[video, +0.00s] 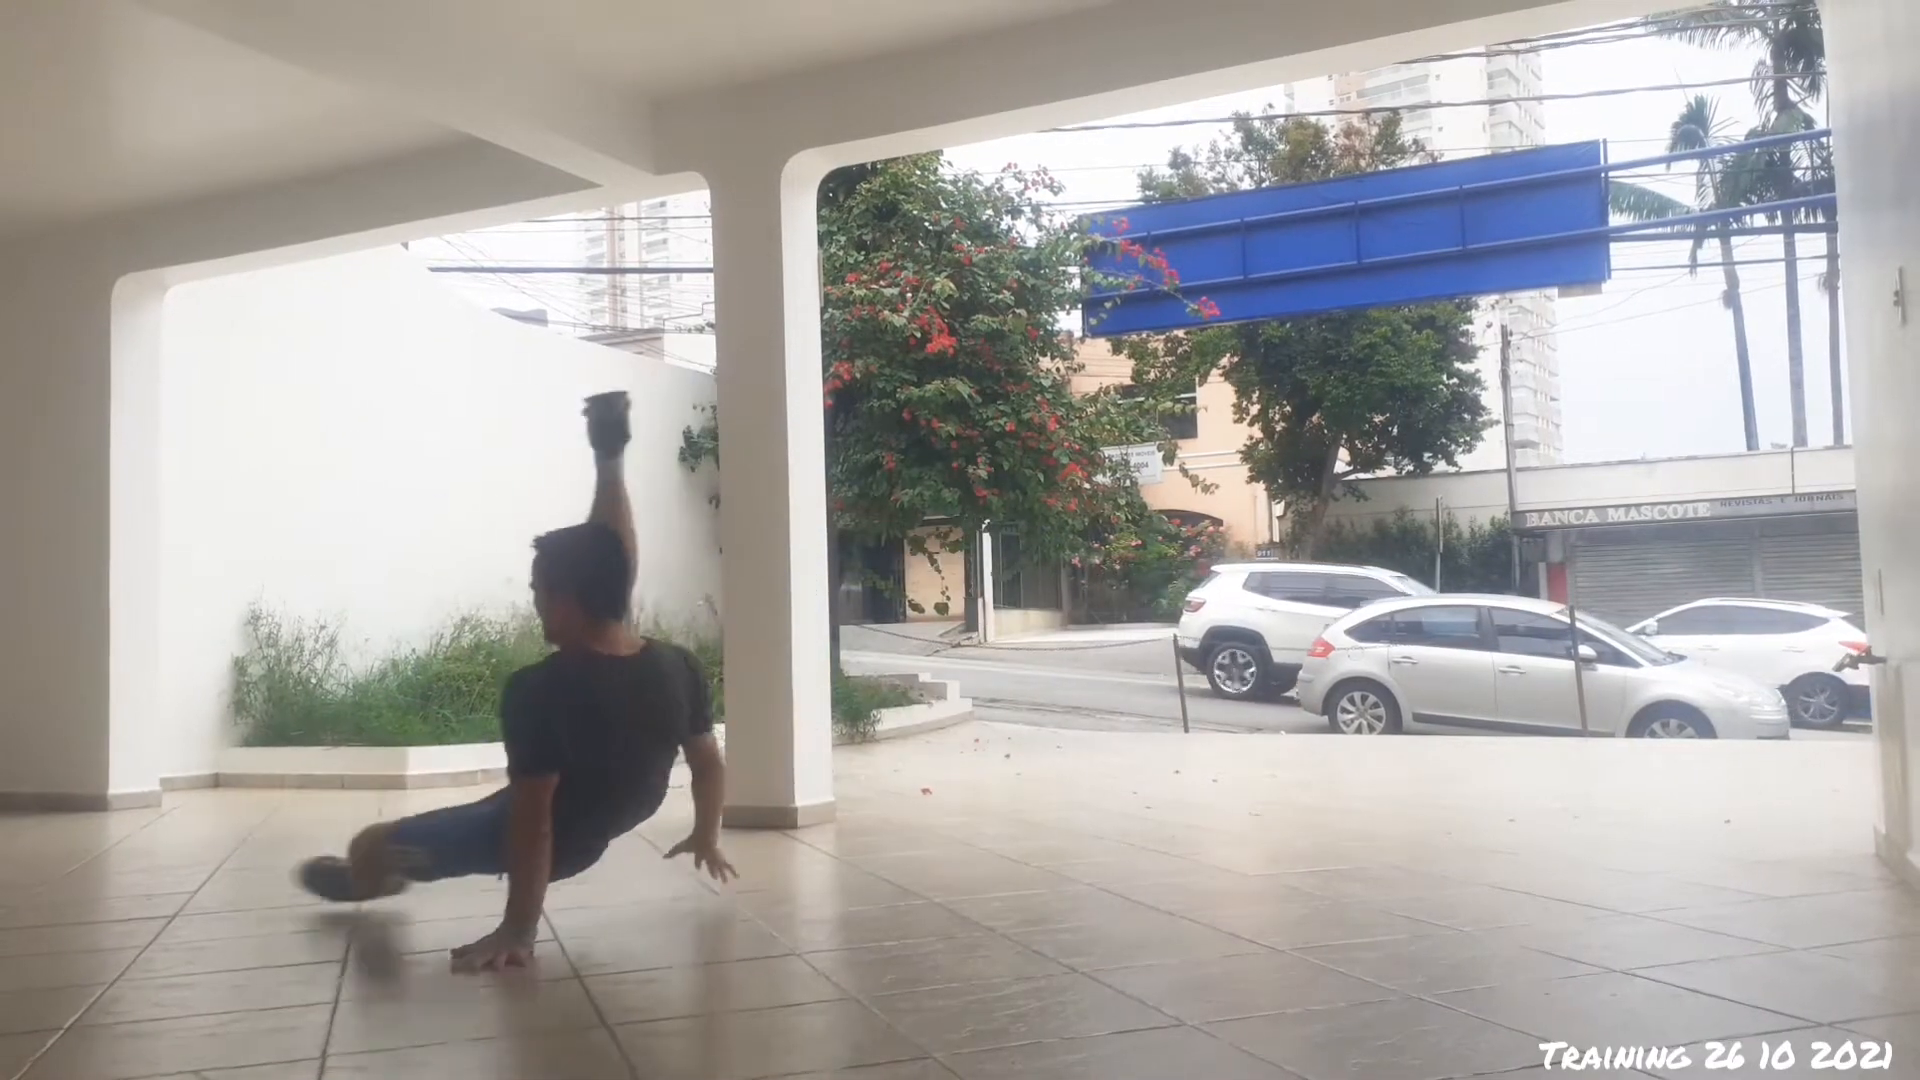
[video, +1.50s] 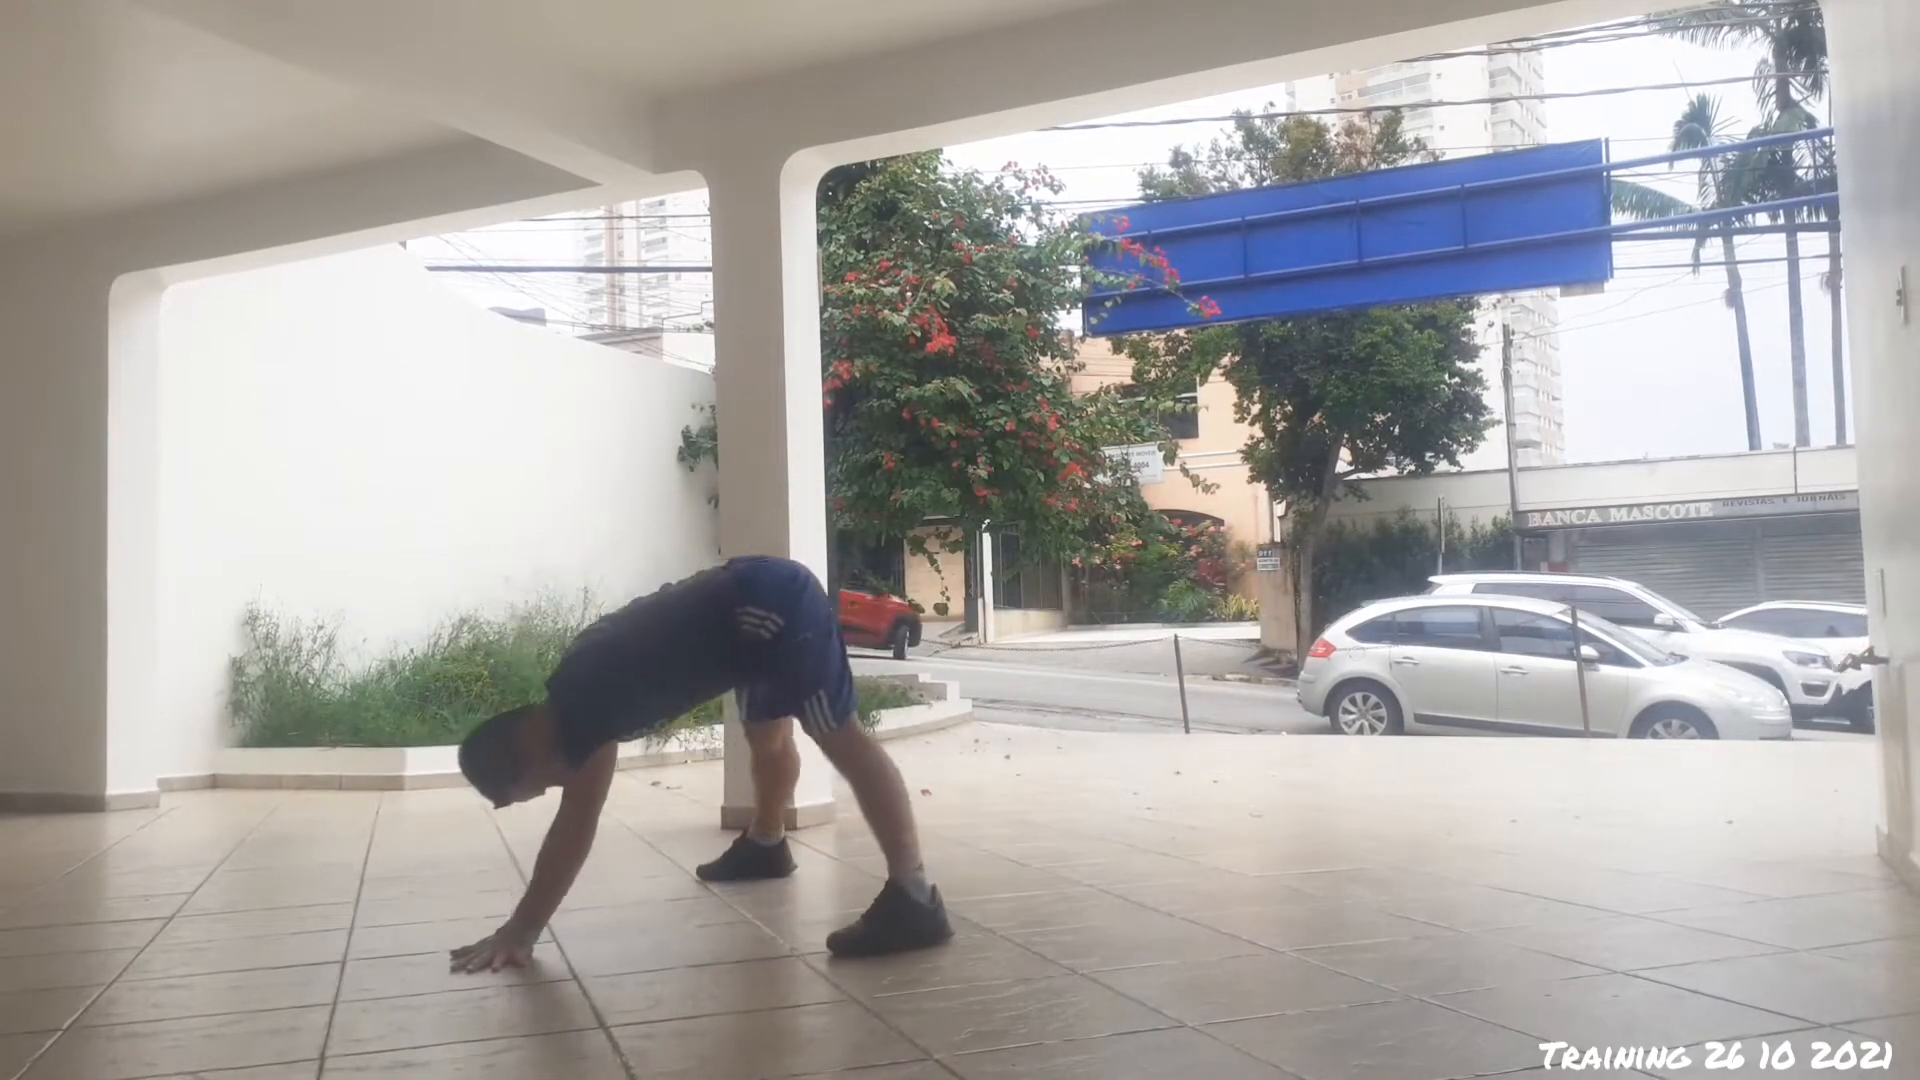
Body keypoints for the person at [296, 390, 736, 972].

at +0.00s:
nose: (535, 606)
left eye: (540, 592)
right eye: (536, 591)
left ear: (567, 601)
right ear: (619, 598)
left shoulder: (535, 689)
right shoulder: (676, 669)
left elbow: (532, 822)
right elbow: (707, 763)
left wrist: (517, 930)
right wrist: (707, 836)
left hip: (536, 836)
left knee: (376, 842)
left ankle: (364, 884)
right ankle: (610, 457)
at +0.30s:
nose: (397, 625)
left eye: (392, 611)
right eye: (389, 612)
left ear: (411, 599)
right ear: (454, 554)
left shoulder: (460, 694)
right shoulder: (571, 580)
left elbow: (500, 816)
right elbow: (676, 632)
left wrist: (513, 935)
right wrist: (754, 716)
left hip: (659, 790)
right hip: (703, 715)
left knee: (776, 861)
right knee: (679, 620)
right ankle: (691, 540)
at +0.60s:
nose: (439, 662)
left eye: (428, 650)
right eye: (425, 652)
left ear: (442, 623)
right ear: (466, 583)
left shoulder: (519, 675)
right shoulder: (572, 581)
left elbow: (530, 812)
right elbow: (689, 604)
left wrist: (515, 932)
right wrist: (776, 658)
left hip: (711, 751)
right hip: (743, 691)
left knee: (827, 875)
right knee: (696, 781)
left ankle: (999, 839)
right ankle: (754, 859)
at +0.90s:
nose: (439, 736)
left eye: (421, 727)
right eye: (422, 732)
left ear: (428, 692)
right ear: (434, 670)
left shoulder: (511, 670)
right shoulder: (515, 636)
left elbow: (538, 814)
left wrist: (515, 934)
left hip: (718, 649)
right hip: (715, 629)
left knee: (843, 768)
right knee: (723, 739)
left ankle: (1017, 834)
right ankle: (761, 847)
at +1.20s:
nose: (481, 778)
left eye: (465, 773)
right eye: (469, 778)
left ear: (461, 730)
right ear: (460, 716)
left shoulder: (540, 685)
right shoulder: (527, 674)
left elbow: (551, 816)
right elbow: (549, 813)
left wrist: (519, 932)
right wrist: (521, 926)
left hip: (735, 611)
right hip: (709, 622)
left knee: (810, 741)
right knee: (743, 735)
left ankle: (905, 884)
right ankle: (766, 845)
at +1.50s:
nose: (543, 791)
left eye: (530, 789)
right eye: (531, 793)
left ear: (523, 750)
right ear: (520, 736)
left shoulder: (587, 705)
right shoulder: (576, 687)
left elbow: (574, 828)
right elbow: (576, 824)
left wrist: (519, 930)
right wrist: (524, 926)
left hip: (783, 601)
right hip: (752, 604)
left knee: (844, 739)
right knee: (769, 734)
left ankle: (914, 894)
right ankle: (767, 844)